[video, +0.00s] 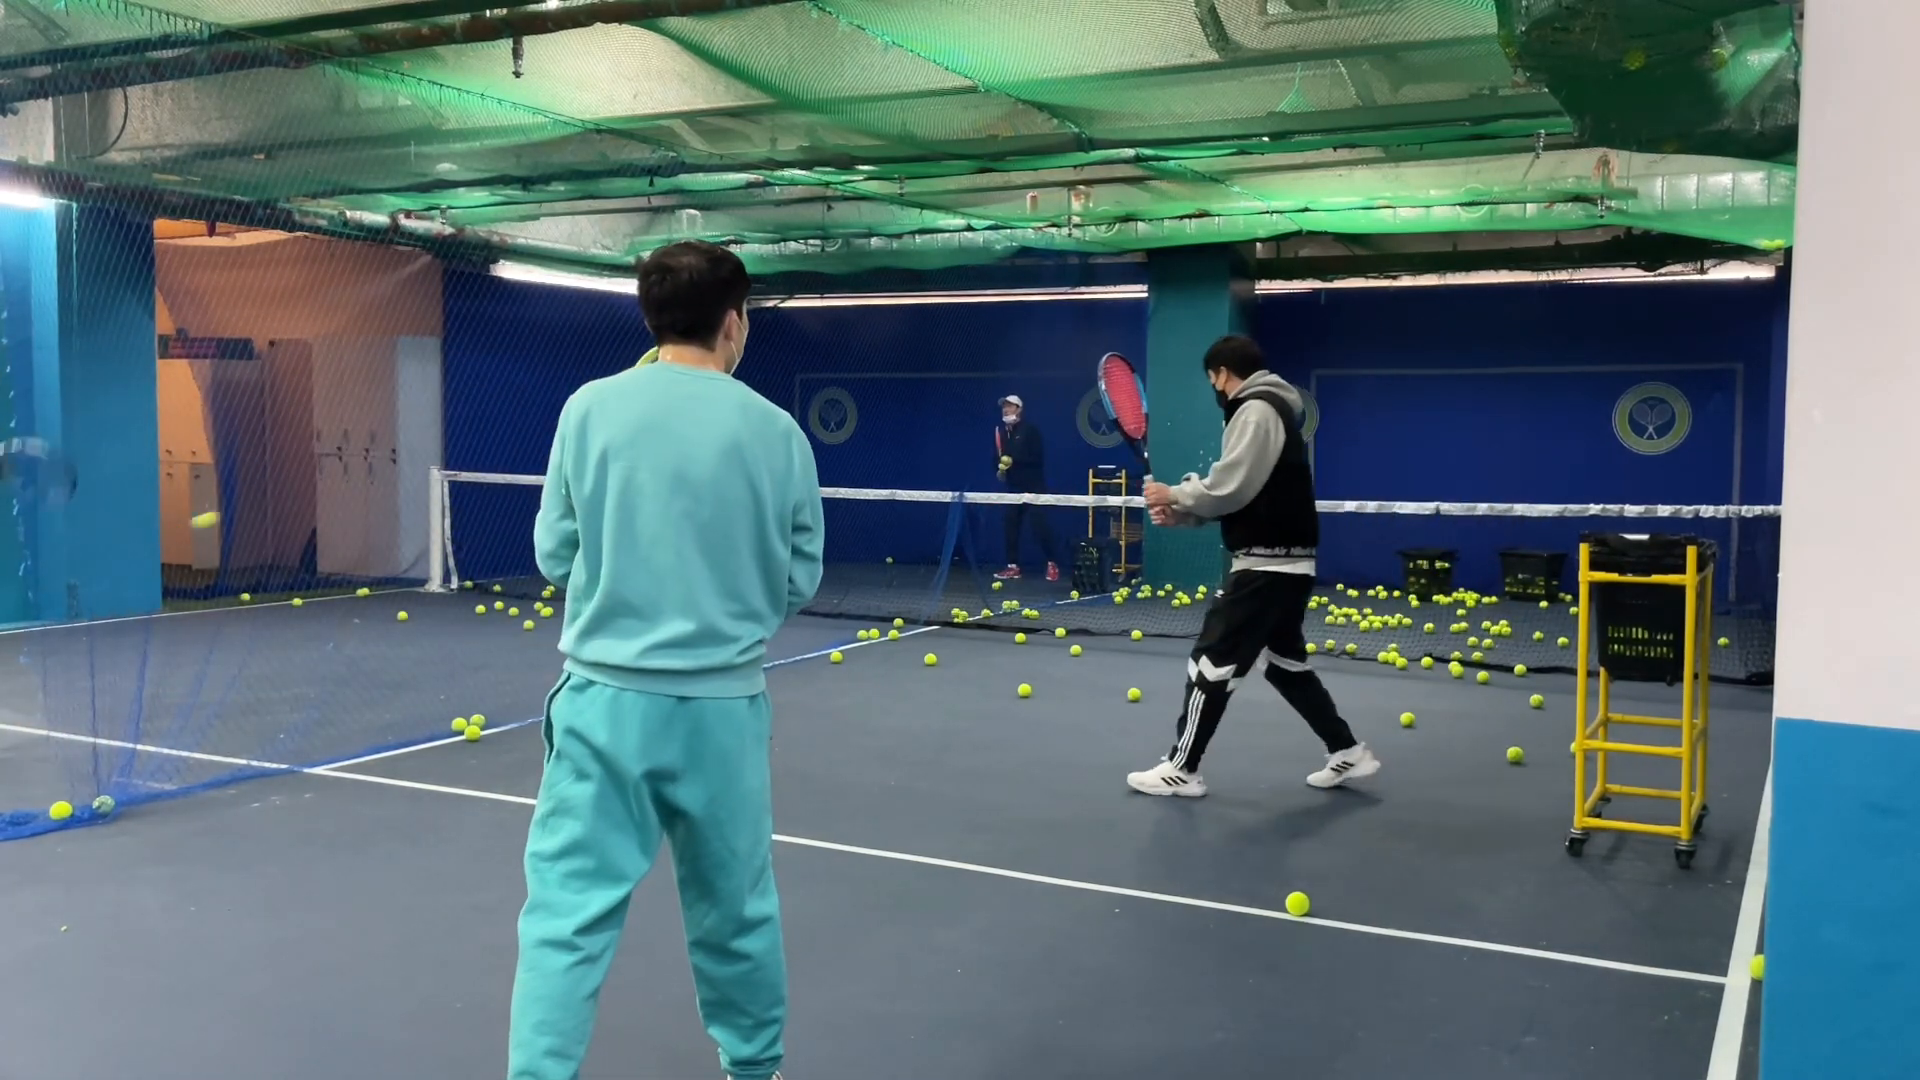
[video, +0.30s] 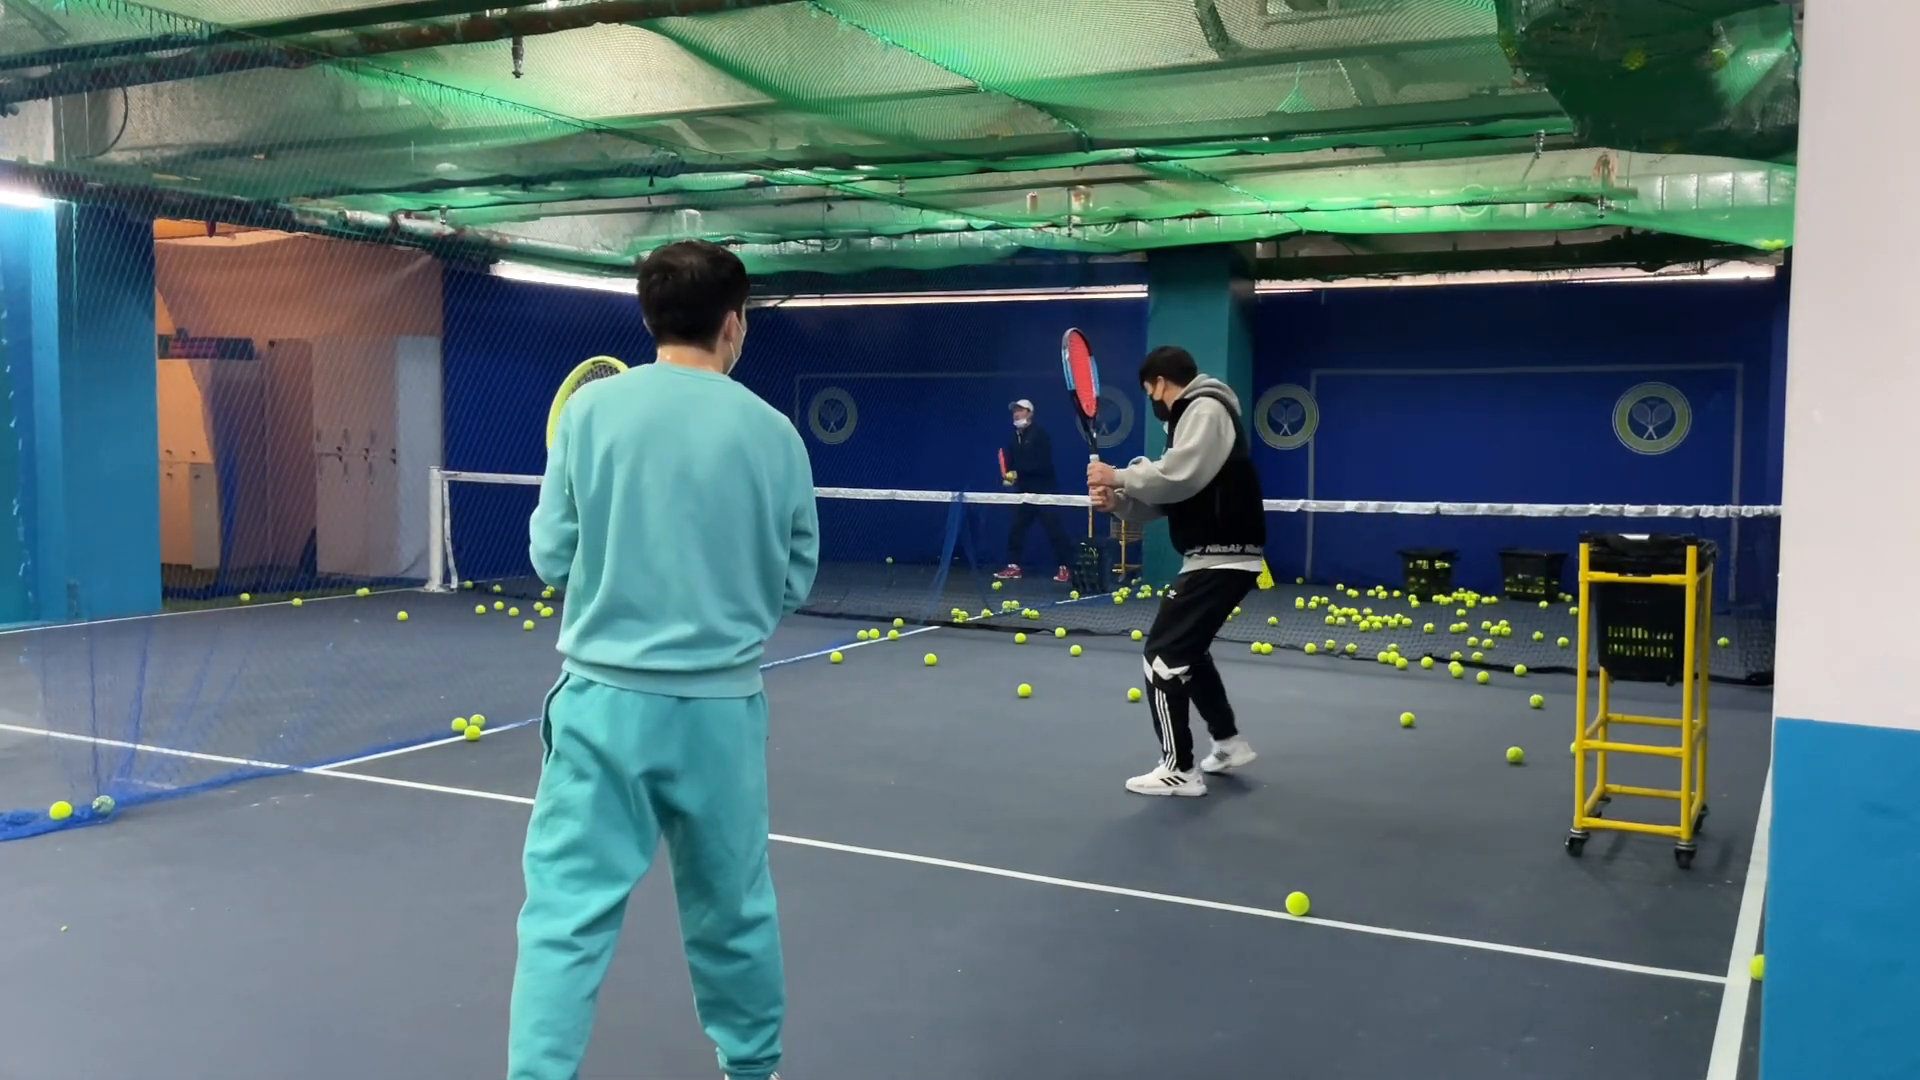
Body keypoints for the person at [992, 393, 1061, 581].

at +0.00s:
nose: (1007, 411)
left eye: (1011, 407)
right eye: (1005, 407)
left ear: (1019, 409)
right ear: (1002, 410)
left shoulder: (1030, 430)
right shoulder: (1001, 432)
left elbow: (1035, 459)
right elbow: (997, 456)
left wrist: (1013, 460)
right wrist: (1000, 467)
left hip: (1033, 484)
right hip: (1013, 485)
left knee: (1039, 523)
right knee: (1011, 524)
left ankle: (1051, 563)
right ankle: (1013, 565)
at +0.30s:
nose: (1017, 414)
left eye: (1021, 411)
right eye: (1015, 411)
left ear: (1030, 413)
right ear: (1012, 415)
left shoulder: (1040, 435)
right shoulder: (1014, 437)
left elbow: (1042, 463)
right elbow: (1014, 462)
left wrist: (1017, 472)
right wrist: (1009, 474)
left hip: (1043, 487)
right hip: (1024, 487)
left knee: (1053, 527)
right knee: (1017, 526)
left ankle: (1064, 565)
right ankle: (1014, 565)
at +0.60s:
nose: (1022, 429)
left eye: (1026, 426)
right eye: (1020, 426)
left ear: (1035, 427)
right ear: (1018, 428)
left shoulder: (1048, 443)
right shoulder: (1016, 448)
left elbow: (1057, 472)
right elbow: (1005, 473)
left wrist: (1052, 497)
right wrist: (1002, 498)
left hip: (1051, 492)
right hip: (1028, 493)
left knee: (1059, 529)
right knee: (1018, 529)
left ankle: (1065, 565)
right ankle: (1015, 565)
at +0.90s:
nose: (1027, 447)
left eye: (1031, 444)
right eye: (1024, 444)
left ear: (1037, 440)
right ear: (1020, 441)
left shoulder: (1046, 451)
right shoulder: (1013, 456)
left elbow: (1058, 471)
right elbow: (996, 478)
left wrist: (1061, 489)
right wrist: (985, 501)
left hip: (1047, 499)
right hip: (1022, 499)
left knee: (1059, 531)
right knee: (1014, 531)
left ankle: (1068, 565)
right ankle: (1013, 566)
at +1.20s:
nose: (1016, 429)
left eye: (1020, 425)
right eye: (1014, 425)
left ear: (1028, 426)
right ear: (1011, 425)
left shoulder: (1038, 445)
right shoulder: (1004, 444)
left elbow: (1043, 474)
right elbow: (991, 472)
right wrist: (987, 500)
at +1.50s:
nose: (1017, 416)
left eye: (1021, 413)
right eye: (1015, 413)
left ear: (1029, 415)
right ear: (1012, 415)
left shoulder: (1039, 437)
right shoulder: (1007, 436)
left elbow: (1038, 464)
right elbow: (998, 463)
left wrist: (1017, 474)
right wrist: (992, 487)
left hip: (1035, 488)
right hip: (1013, 487)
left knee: (1036, 526)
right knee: (1013, 526)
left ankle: (1036, 564)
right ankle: (1014, 565)